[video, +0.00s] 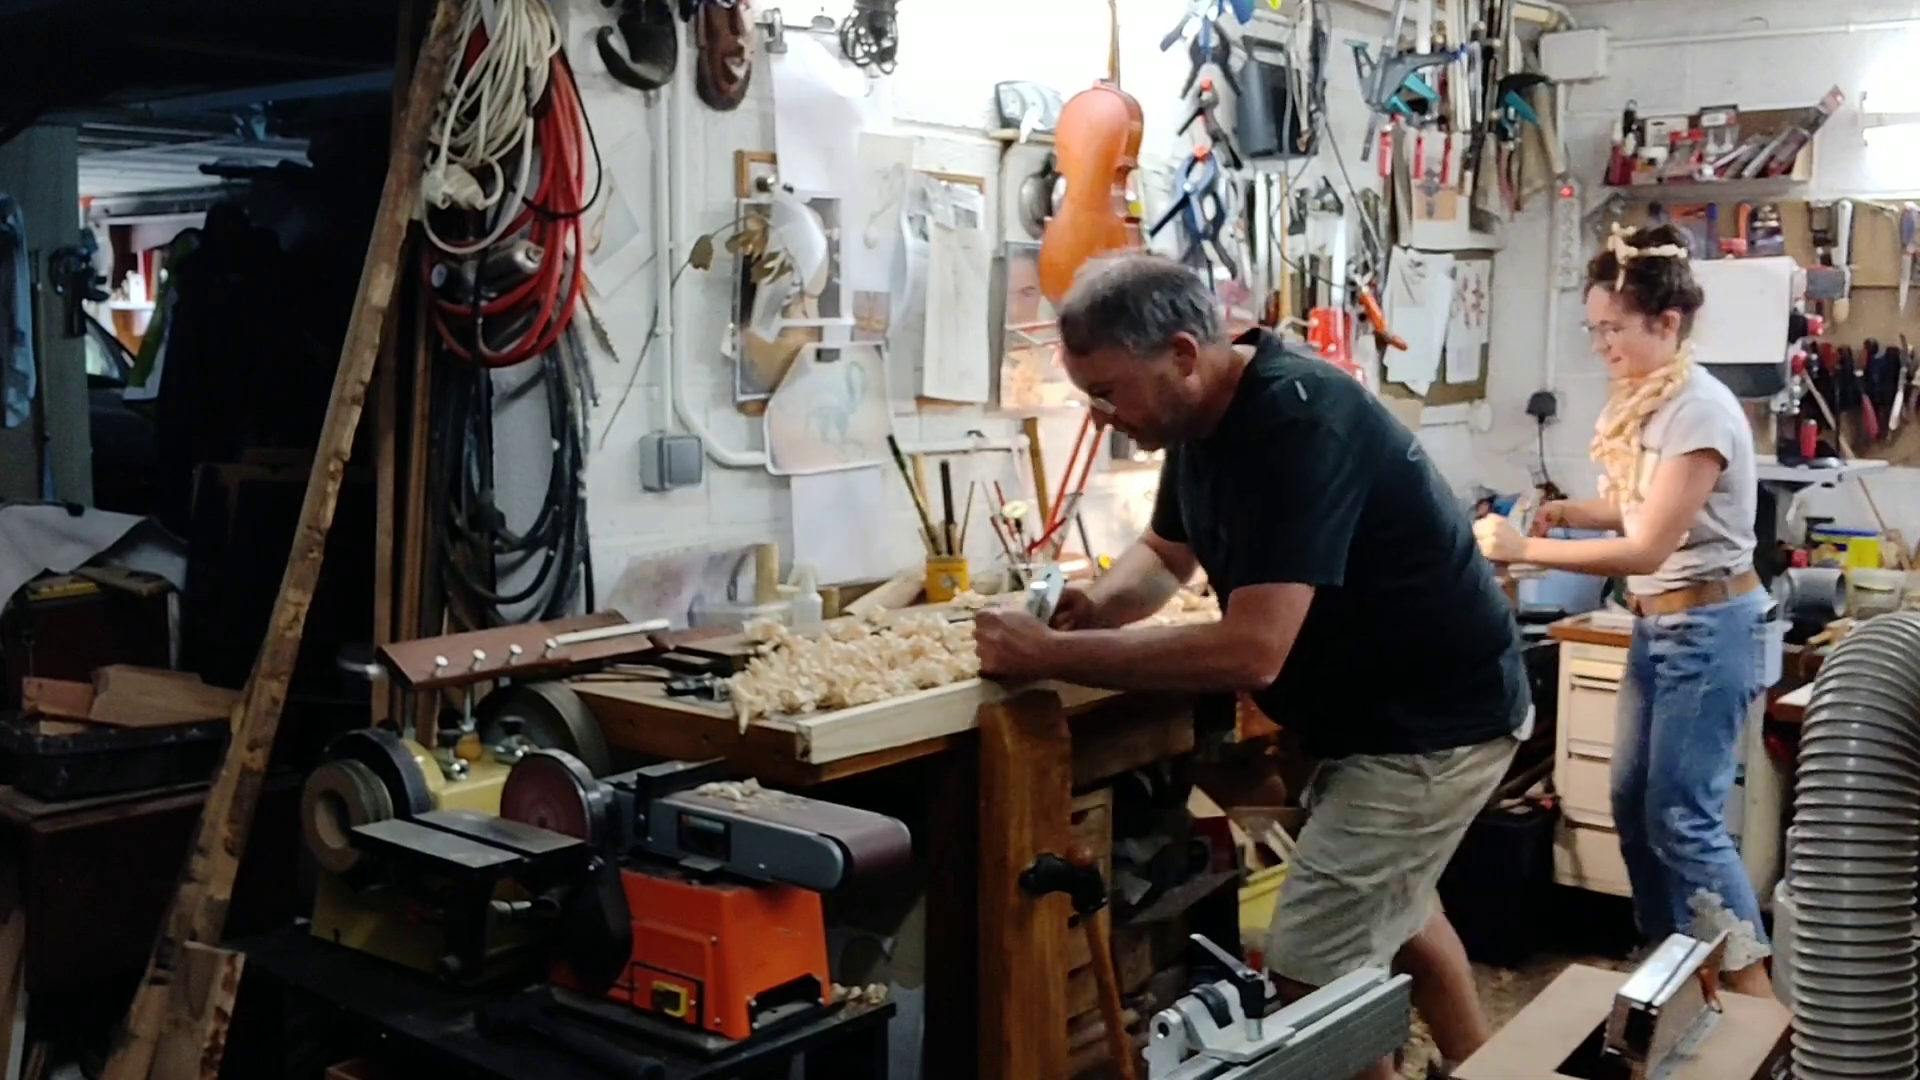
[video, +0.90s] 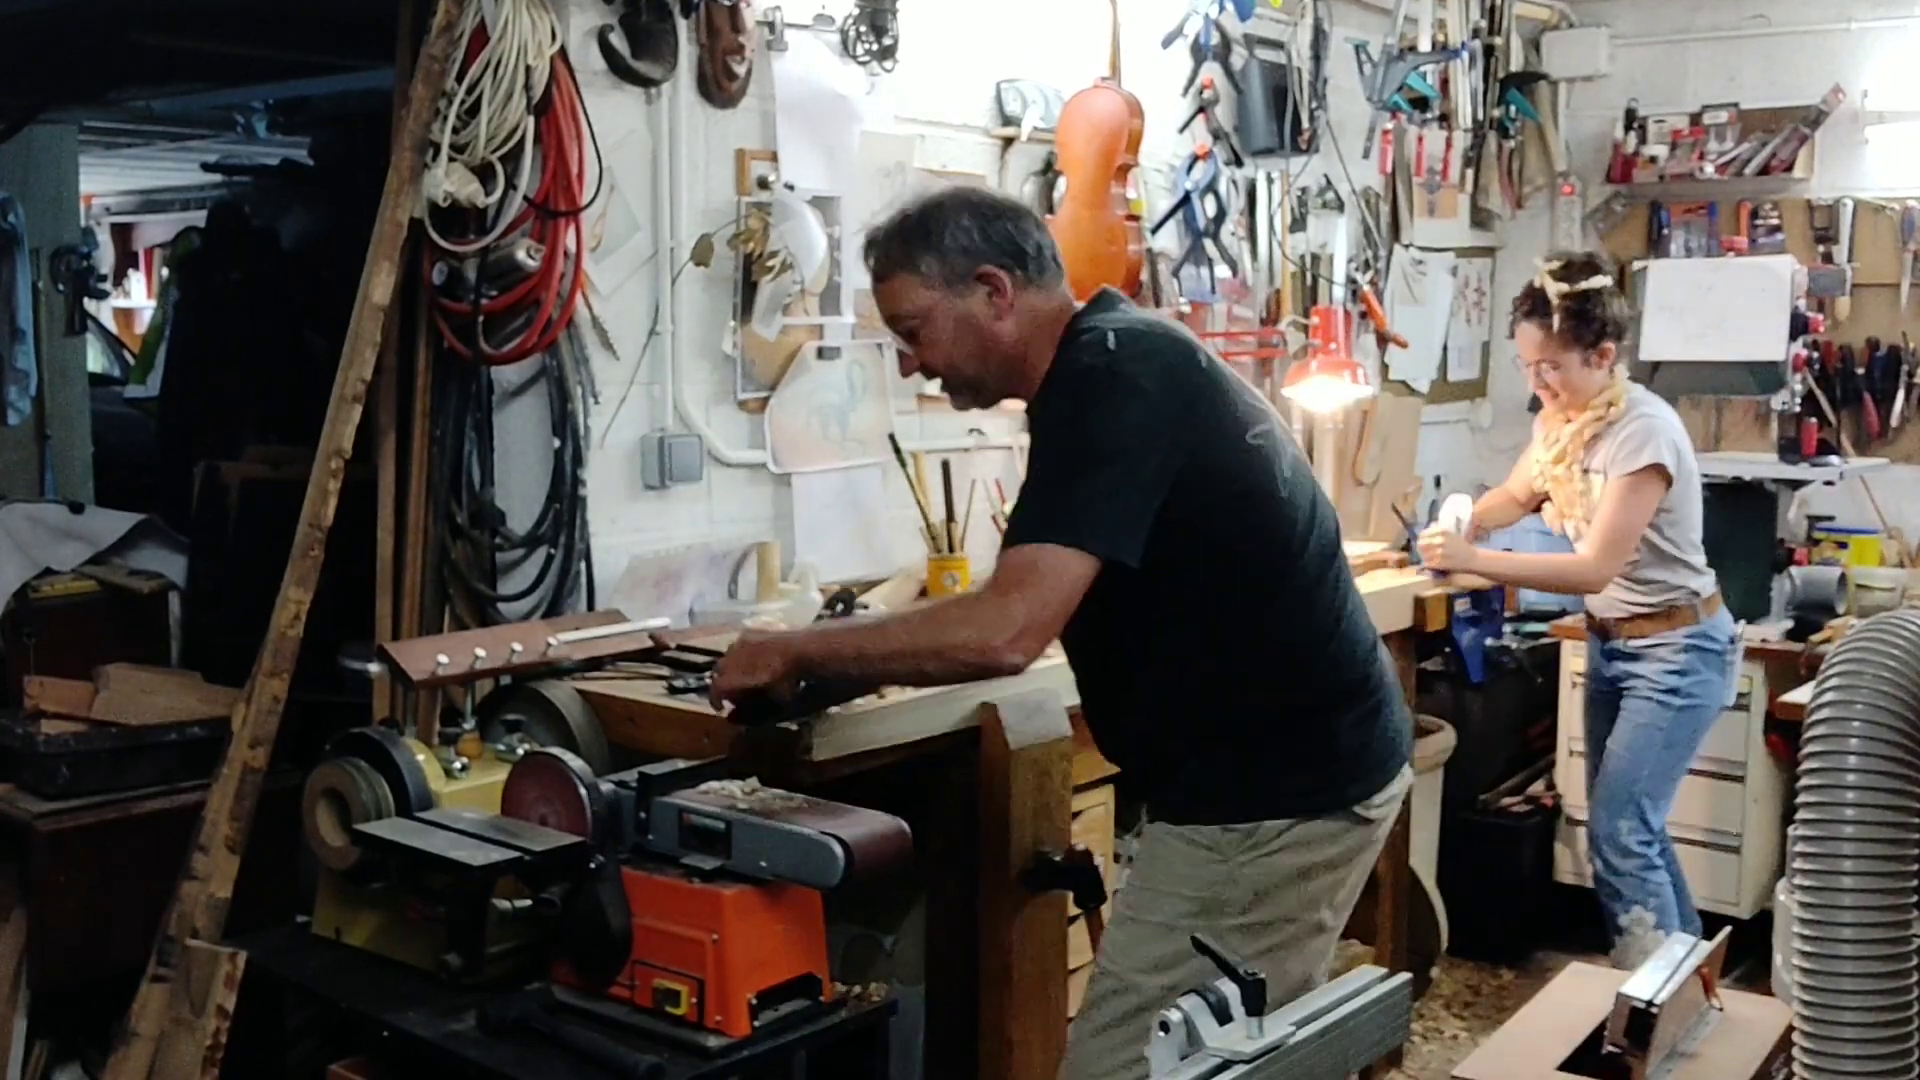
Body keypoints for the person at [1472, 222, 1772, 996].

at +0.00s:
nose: (1600, 345)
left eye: (1610, 328)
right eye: (1594, 330)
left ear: (1666, 321)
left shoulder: (1700, 409)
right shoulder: (1638, 406)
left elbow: (1646, 548)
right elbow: (1631, 510)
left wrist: (1523, 550)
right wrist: (1561, 510)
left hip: (1712, 628)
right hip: (1656, 625)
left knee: (1685, 818)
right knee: (1635, 805)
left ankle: (1749, 982)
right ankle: (1672, 963)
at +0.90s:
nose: (1537, 384)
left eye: (1550, 368)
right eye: (1528, 368)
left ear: (1603, 355)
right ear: (1521, 351)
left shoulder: (1646, 432)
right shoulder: (1561, 419)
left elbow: (1593, 569)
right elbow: (1516, 498)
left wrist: (1473, 559)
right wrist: (1464, 522)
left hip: (1680, 648)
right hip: (1612, 646)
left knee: (1618, 828)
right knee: (1629, 827)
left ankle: (1661, 995)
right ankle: (1689, 975)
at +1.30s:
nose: (1499, 406)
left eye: (1514, 391)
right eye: (1490, 390)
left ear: (1569, 381)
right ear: (1482, 374)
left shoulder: (1618, 454)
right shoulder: (1522, 443)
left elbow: (1545, 588)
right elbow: (1457, 512)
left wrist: (1414, 569)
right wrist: (1397, 531)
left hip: (1672, 673)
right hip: (1600, 673)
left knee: (1603, 858)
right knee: (1628, 841)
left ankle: (1658, 1006)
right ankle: (1690, 983)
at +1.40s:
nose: (1492, 411)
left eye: (1507, 396)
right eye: (1483, 393)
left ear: (1564, 384)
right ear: (1475, 376)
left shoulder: (1610, 457)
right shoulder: (1519, 446)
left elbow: (1537, 590)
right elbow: (1443, 521)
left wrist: (1402, 574)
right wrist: (1380, 540)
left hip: (1668, 680)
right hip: (1603, 679)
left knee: (1598, 869)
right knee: (1633, 850)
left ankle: (1657, 1013)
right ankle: (1693, 989)